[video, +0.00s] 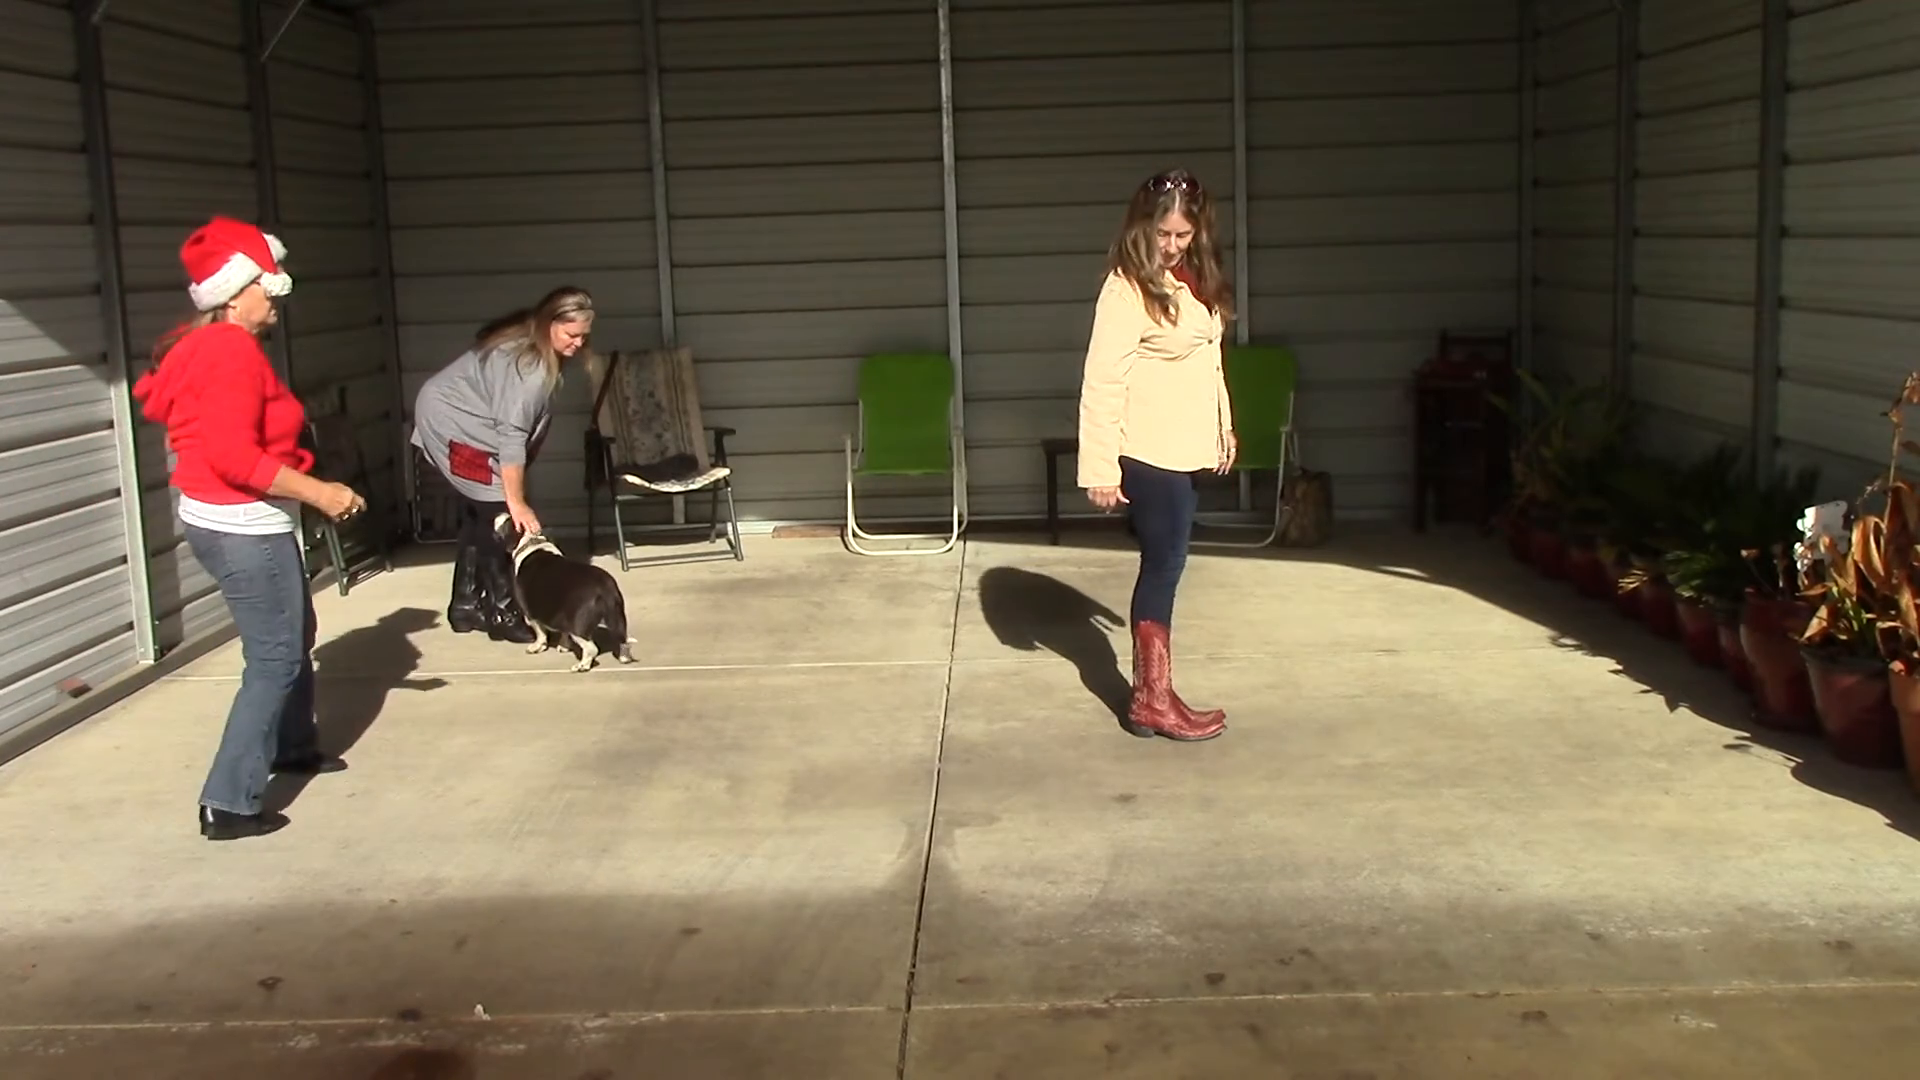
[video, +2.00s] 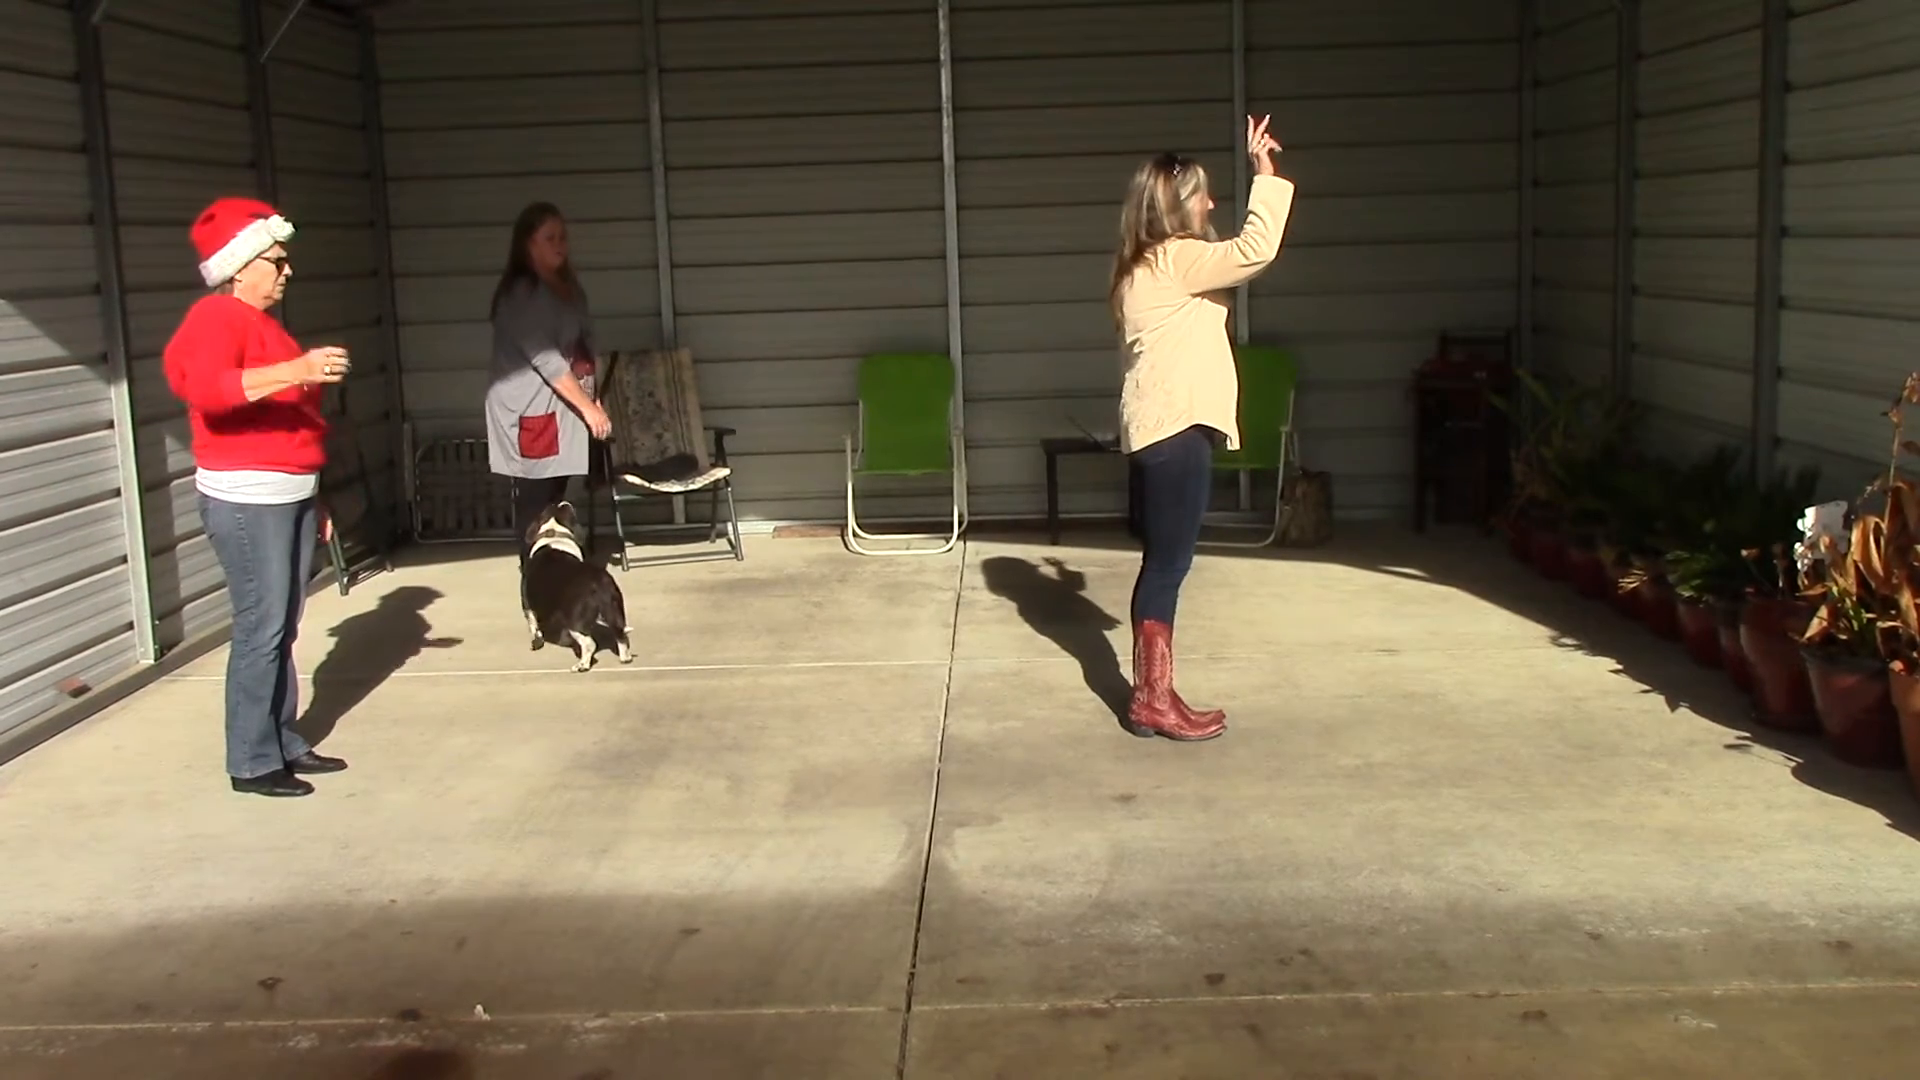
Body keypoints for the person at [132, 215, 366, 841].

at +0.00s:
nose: (274, 303)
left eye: (273, 291)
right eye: (267, 292)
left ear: (230, 297)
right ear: (236, 297)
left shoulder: (216, 346)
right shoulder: (226, 351)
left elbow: (219, 448)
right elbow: (229, 451)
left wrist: (301, 486)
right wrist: (313, 491)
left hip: (241, 516)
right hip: (240, 522)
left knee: (296, 630)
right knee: (277, 653)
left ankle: (293, 748)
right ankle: (228, 804)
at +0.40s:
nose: (302, 281)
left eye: (302, 270)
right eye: (292, 271)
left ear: (269, 271)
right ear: (256, 273)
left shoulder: (286, 329)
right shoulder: (236, 330)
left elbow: (301, 424)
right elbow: (231, 432)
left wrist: (336, 482)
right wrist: (313, 475)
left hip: (292, 499)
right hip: (253, 502)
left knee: (283, 631)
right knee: (265, 633)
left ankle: (280, 743)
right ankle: (249, 761)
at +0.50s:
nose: (302, 272)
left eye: (303, 261)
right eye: (289, 263)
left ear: (297, 261)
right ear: (252, 267)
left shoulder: (299, 329)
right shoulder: (231, 326)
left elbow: (313, 419)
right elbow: (230, 421)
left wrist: (331, 488)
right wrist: (313, 408)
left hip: (299, 497)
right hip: (253, 500)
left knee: (284, 631)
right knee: (260, 633)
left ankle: (281, 744)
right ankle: (249, 761)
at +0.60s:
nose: (297, 273)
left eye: (298, 263)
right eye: (284, 264)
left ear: (297, 263)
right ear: (247, 270)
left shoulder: (301, 326)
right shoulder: (224, 321)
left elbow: (316, 413)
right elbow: (250, 399)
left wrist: (340, 484)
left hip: (305, 496)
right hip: (255, 499)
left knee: (287, 628)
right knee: (260, 631)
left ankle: (282, 743)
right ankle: (249, 761)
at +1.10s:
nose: (296, 273)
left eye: (297, 262)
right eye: (284, 262)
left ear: (290, 267)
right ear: (242, 264)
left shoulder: (289, 333)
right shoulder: (209, 319)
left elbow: (315, 419)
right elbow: (254, 305)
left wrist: (335, 492)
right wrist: (257, 244)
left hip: (304, 495)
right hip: (252, 497)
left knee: (285, 631)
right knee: (262, 631)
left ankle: (282, 743)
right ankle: (250, 763)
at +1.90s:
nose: (280, 265)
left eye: (277, 256)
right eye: (270, 256)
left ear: (247, 268)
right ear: (240, 269)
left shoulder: (265, 322)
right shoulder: (206, 316)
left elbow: (291, 416)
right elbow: (223, 361)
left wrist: (317, 494)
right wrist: (270, 284)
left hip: (292, 494)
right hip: (245, 498)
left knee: (281, 628)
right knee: (259, 629)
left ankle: (282, 742)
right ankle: (250, 762)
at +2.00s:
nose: (287, 273)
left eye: (286, 263)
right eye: (278, 263)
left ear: (249, 268)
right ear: (243, 266)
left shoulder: (266, 326)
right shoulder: (212, 317)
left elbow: (291, 422)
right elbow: (207, 389)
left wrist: (314, 500)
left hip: (290, 492)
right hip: (246, 496)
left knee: (281, 628)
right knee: (260, 629)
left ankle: (281, 743)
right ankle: (250, 762)